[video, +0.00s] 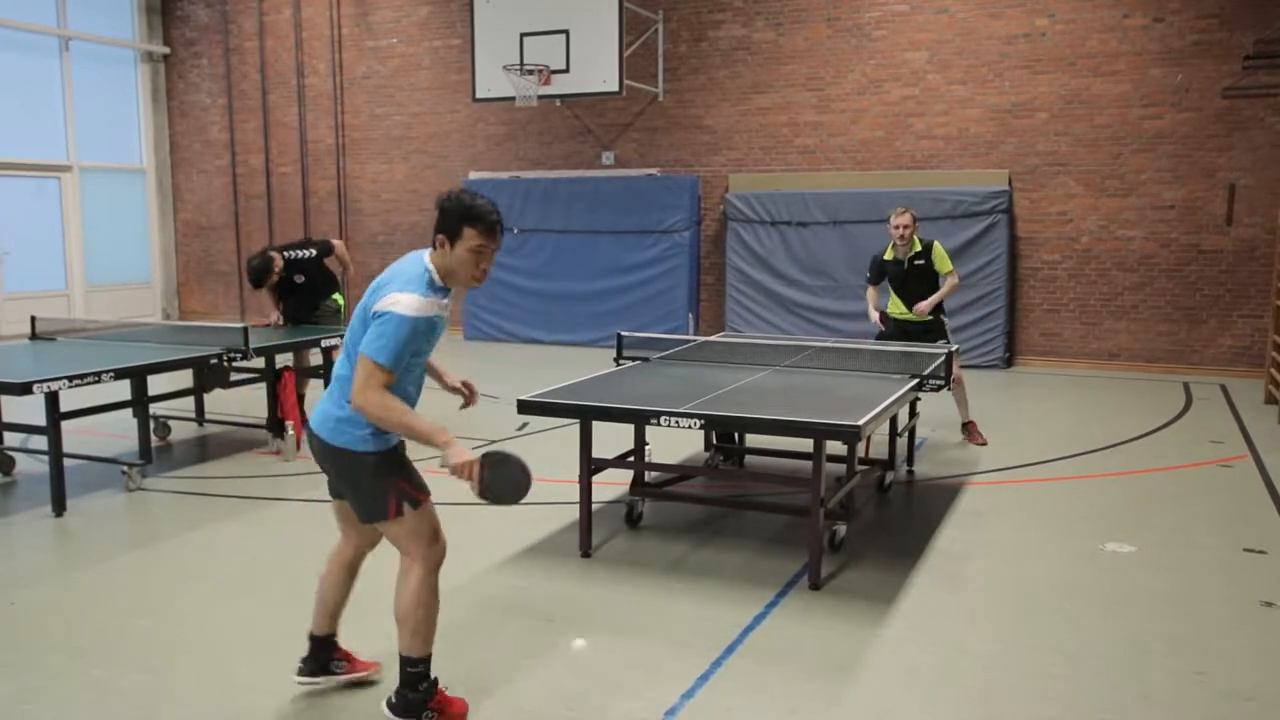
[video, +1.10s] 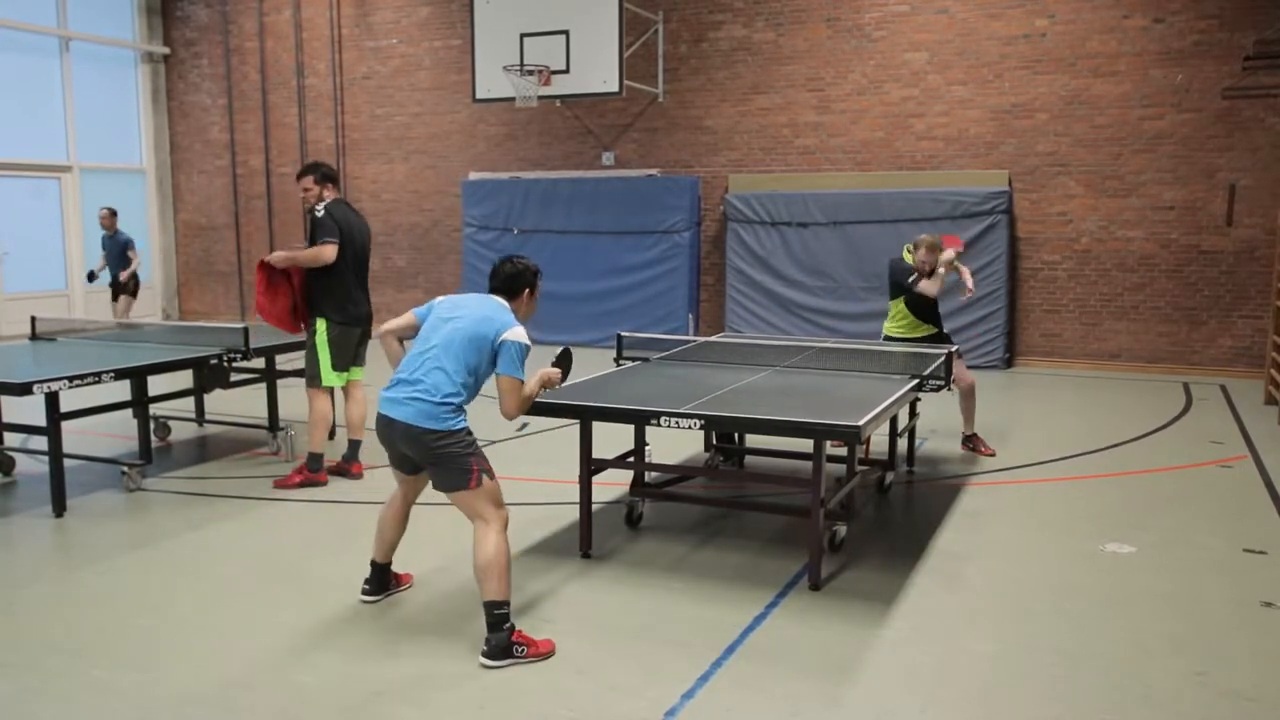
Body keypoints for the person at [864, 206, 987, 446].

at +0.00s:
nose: (901, 232)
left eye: (906, 227)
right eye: (896, 227)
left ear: (915, 228)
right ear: (889, 229)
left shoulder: (931, 248)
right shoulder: (882, 258)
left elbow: (952, 279)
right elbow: (872, 286)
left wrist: (931, 302)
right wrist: (873, 310)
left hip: (931, 323)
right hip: (896, 322)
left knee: (955, 374)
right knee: (877, 372)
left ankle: (967, 423)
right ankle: (866, 429)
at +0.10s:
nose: (907, 234)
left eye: (912, 229)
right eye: (902, 229)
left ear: (920, 230)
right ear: (896, 230)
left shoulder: (935, 252)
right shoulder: (887, 260)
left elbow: (956, 281)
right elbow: (875, 288)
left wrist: (938, 306)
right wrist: (879, 314)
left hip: (933, 324)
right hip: (900, 324)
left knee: (955, 375)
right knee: (882, 372)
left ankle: (964, 416)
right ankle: (867, 428)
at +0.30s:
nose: (921, 314)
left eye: (926, 311)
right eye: (916, 310)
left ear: (936, 301)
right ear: (910, 298)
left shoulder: (946, 299)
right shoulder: (898, 298)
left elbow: (948, 337)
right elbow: (890, 327)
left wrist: (929, 338)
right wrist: (923, 318)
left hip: (940, 354)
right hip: (903, 355)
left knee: (971, 387)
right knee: (875, 387)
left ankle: (969, 436)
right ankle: (862, 439)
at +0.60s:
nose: (929, 308)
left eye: (934, 305)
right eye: (925, 304)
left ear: (942, 297)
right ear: (918, 293)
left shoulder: (949, 293)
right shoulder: (905, 297)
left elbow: (957, 327)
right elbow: (911, 322)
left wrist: (938, 330)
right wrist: (944, 313)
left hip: (938, 356)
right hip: (904, 357)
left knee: (978, 388)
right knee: (877, 391)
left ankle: (970, 437)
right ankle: (863, 437)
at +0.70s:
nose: (931, 293)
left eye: (936, 289)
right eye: (928, 289)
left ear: (945, 280)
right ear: (918, 277)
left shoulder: (951, 279)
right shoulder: (906, 286)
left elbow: (957, 311)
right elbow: (918, 304)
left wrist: (942, 311)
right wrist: (953, 294)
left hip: (937, 348)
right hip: (902, 349)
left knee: (977, 387)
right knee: (879, 391)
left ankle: (970, 437)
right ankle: (862, 437)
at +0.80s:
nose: (930, 270)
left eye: (935, 266)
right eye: (926, 265)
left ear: (945, 259)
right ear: (918, 255)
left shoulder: (950, 265)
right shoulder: (905, 268)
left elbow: (960, 294)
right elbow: (932, 280)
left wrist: (948, 283)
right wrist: (955, 263)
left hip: (936, 338)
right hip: (900, 338)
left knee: (972, 385)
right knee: (882, 387)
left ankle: (970, 436)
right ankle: (863, 438)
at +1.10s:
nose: (927, 269)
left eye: (931, 264)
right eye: (922, 263)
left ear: (937, 259)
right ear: (913, 255)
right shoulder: (898, 267)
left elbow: (953, 266)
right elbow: (931, 289)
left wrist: (966, 277)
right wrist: (944, 265)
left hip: (932, 336)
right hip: (896, 338)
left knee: (967, 383)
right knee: (875, 385)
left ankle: (969, 436)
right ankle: (857, 434)